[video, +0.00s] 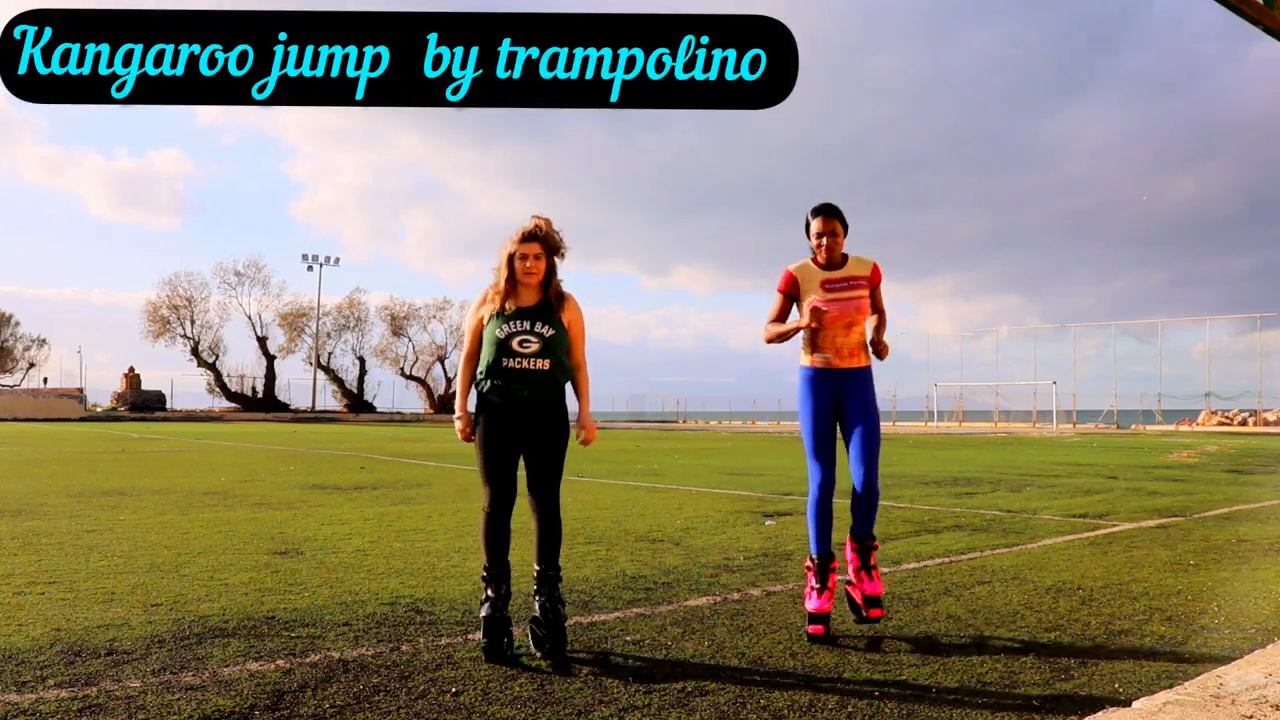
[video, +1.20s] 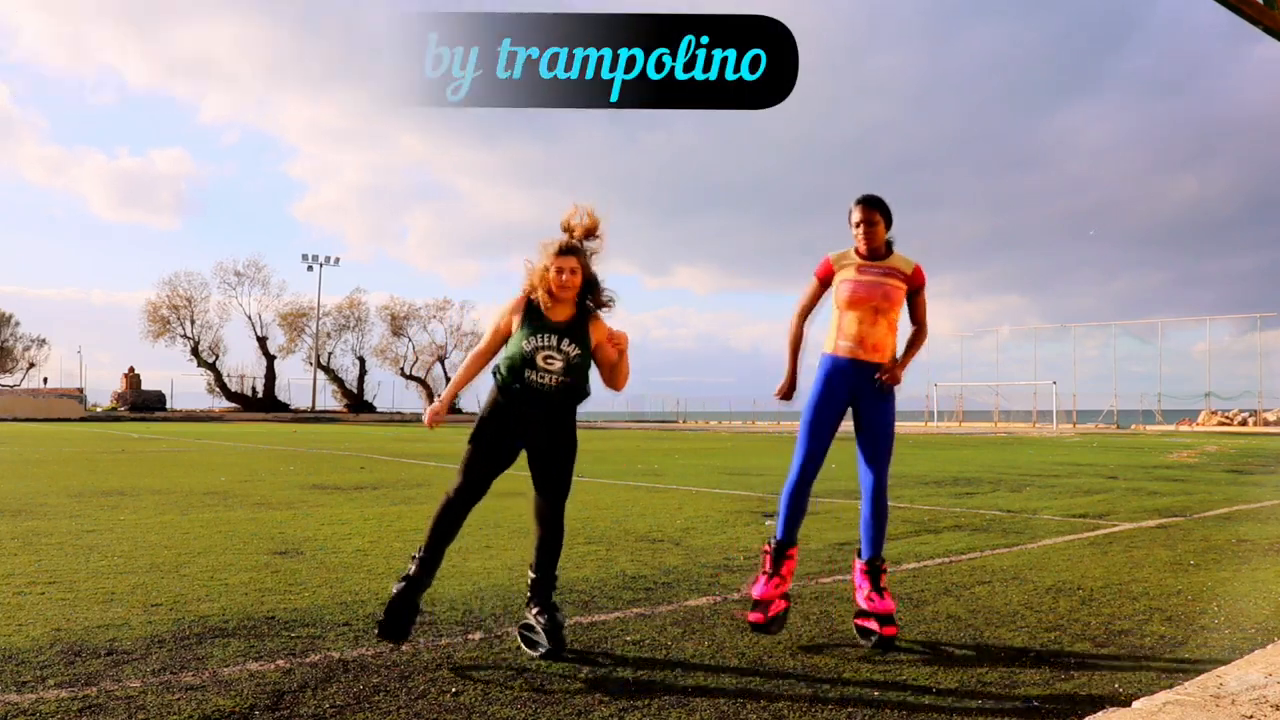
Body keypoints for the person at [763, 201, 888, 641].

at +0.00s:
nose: (826, 243)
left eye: (833, 235)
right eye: (819, 237)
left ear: (845, 235)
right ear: (809, 239)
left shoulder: (867, 270)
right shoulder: (797, 276)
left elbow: (879, 314)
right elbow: (770, 333)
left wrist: (877, 336)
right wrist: (798, 323)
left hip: (859, 380)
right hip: (816, 382)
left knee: (866, 482)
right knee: (821, 481)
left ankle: (862, 557)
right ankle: (820, 571)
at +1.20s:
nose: (863, 231)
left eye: (870, 224)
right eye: (857, 225)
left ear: (887, 226)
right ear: (850, 229)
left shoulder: (908, 272)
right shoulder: (835, 265)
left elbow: (920, 328)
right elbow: (800, 315)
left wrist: (901, 364)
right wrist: (792, 373)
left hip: (878, 379)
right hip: (833, 372)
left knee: (875, 482)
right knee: (803, 468)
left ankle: (871, 577)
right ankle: (777, 566)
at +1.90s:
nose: (867, 223)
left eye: (874, 216)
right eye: (861, 216)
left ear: (888, 221)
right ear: (851, 222)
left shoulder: (910, 255)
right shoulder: (835, 257)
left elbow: (948, 284)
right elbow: (793, 303)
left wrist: (940, 315)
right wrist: (827, 327)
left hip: (880, 370)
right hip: (838, 365)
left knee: (873, 476)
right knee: (815, 462)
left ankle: (865, 570)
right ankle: (785, 553)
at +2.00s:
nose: (857, 210)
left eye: (865, 204)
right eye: (851, 203)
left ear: (876, 210)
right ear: (839, 206)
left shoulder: (895, 245)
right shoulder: (820, 247)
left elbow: (923, 293)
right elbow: (796, 305)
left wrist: (927, 350)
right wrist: (829, 297)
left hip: (880, 354)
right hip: (835, 355)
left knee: (897, 458)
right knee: (833, 459)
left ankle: (906, 554)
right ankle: (829, 560)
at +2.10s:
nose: (852, 222)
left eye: (860, 216)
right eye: (846, 214)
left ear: (870, 220)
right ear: (833, 216)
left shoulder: (888, 260)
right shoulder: (814, 260)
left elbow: (904, 319)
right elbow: (798, 322)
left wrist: (921, 369)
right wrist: (823, 292)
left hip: (880, 365)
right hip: (835, 368)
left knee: (913, 463)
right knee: (841, 471)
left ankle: (946, 552)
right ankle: (848, 574)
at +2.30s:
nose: (839, 250)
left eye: (846, 244)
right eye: (833, 242)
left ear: (855, 249)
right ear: (819, 245)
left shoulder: (872, 284)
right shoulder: (800, 291)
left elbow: (886, 339)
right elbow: (793, 353)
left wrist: (895, 387)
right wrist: (816, 294)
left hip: (882, 388)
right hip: (838, 398)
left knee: (946, 467)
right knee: (849, 496)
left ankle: (1010, 538)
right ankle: (864, 588)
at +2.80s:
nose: (855, 234)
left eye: (862, 227)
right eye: (848, 227)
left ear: (872, 231)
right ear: (836, 231)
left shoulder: (893, 271)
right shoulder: (820, 269)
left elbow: (918, 327)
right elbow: (778, 319)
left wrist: (913, 341)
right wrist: (818, 312)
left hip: (893, 375)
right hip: (847, 380)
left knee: (931, 472)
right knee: (850, 485)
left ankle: (958, 557)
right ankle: (848, 584)